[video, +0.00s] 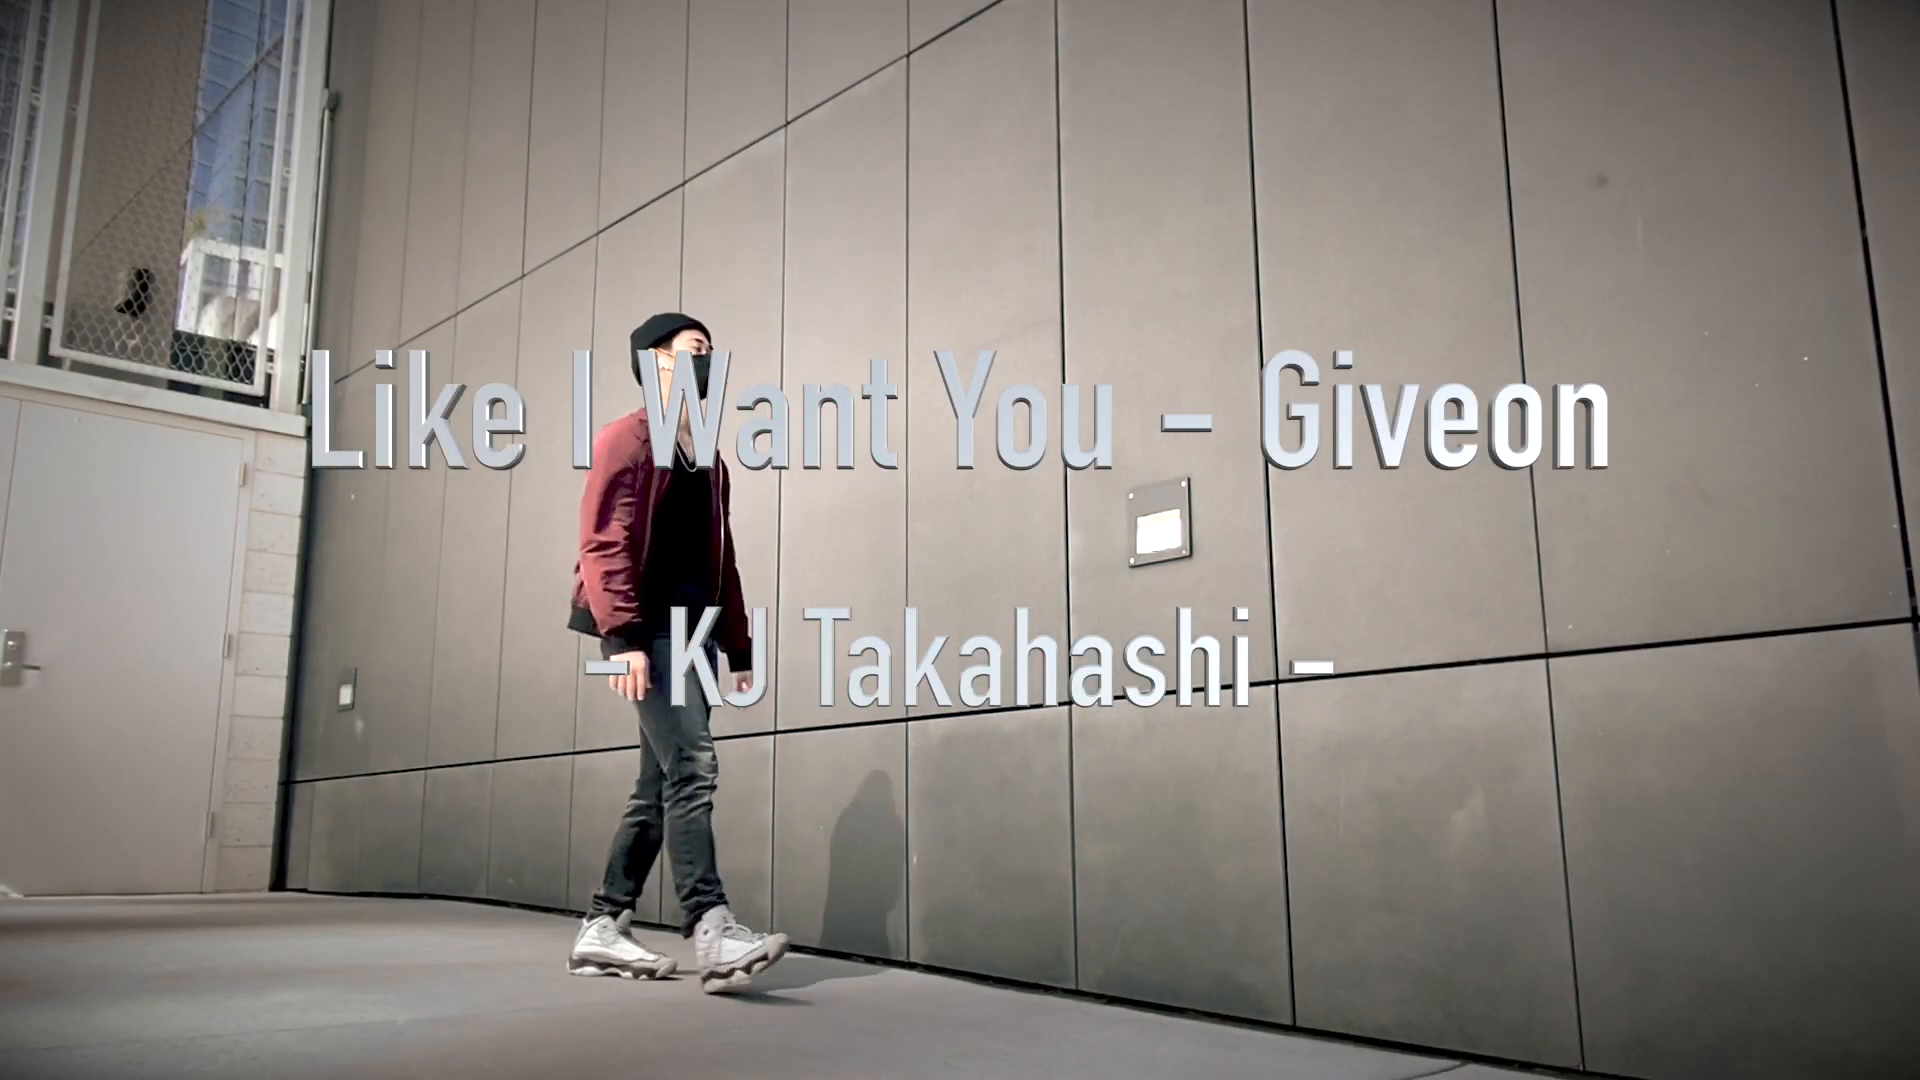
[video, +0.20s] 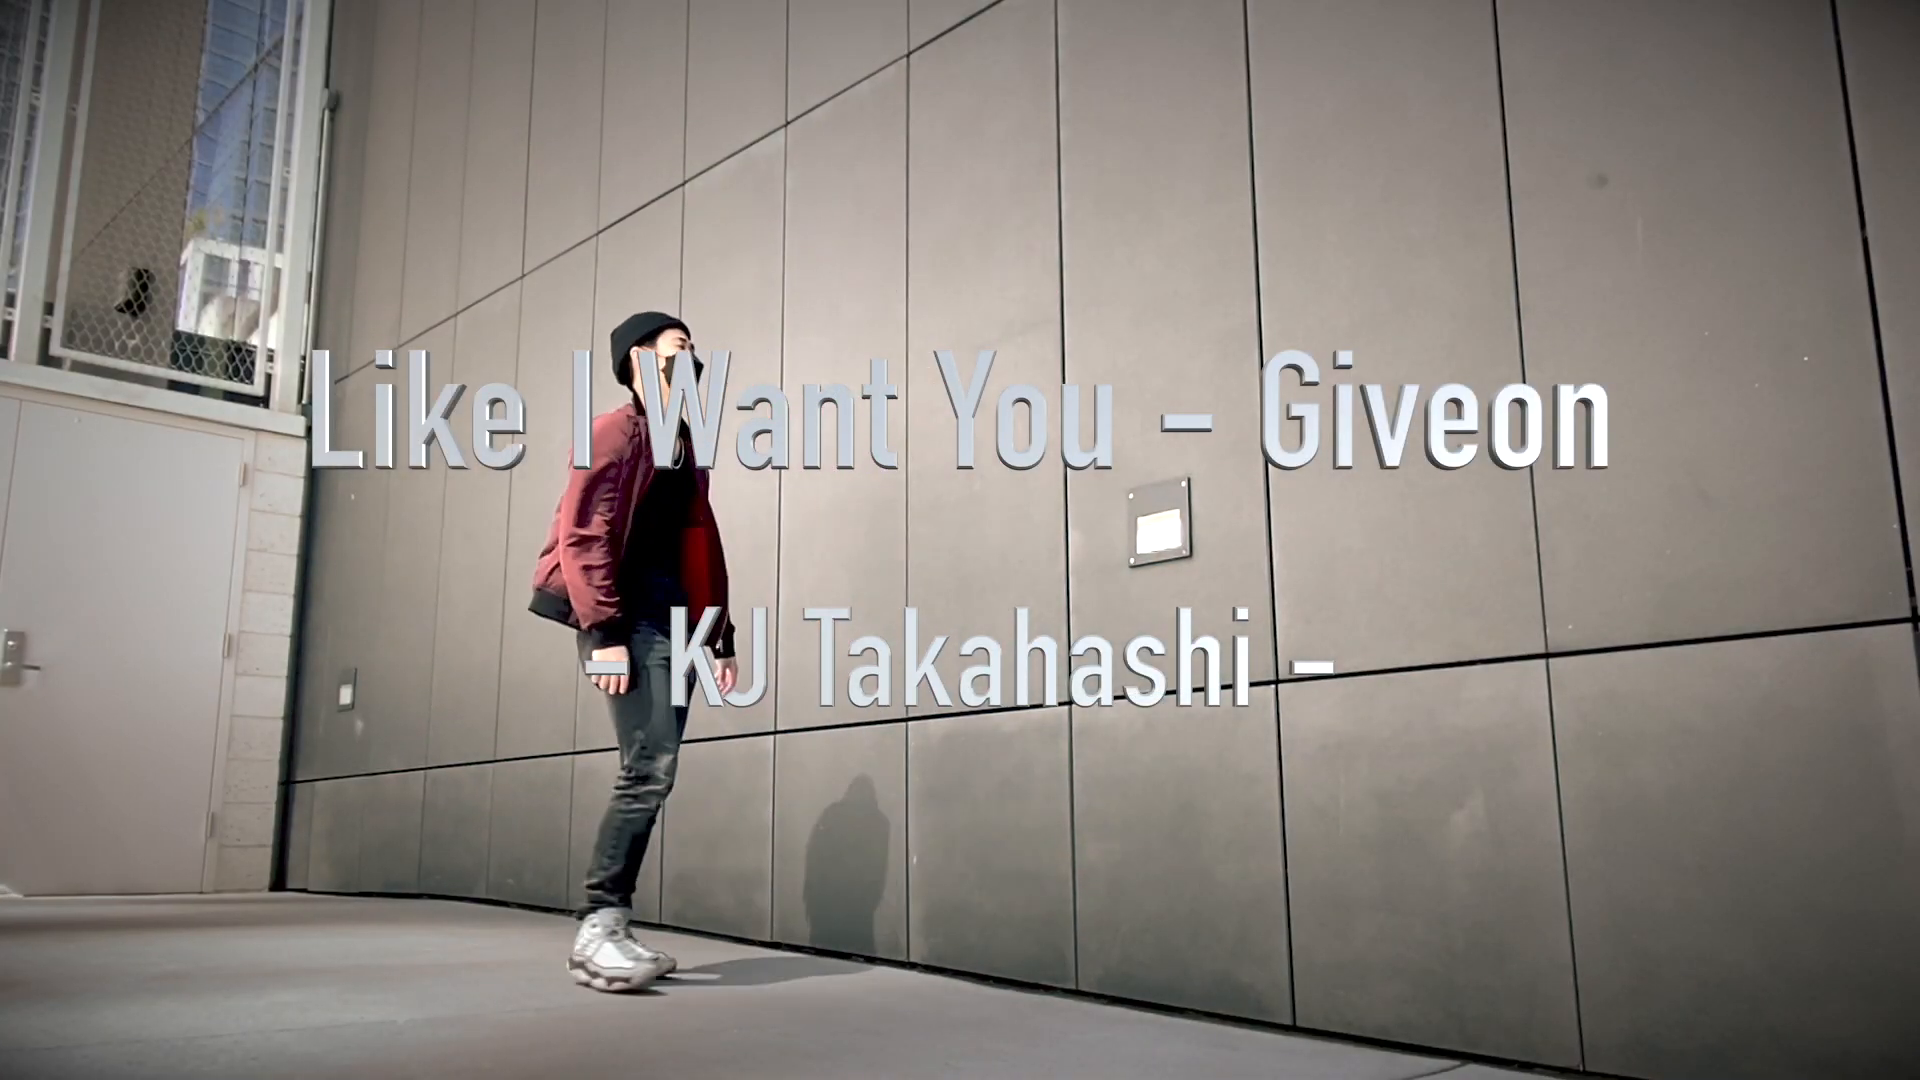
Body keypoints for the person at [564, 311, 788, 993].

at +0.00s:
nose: (703, 367)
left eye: (707, 358)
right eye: (691, 355)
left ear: (710, 368)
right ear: (654, 363)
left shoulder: (710, 457)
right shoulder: (626, 439)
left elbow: (720, 556)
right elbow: (603, 546)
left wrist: (739, 647)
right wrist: (623, 640)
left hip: (693, 632)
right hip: (647, 632)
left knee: (657, 786)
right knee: (692, 772)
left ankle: (603, 928)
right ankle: (713, 931)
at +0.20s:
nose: (685, 368)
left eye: (689, 358)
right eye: (671, 357)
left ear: (691, 369)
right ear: (635, 368)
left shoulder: (687, 441)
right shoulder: (618, 432)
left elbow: (699, 543)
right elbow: (583, 537)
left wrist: (719, 640)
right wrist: (603, 637)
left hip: (673, 621)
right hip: (628, 620)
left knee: (653, 772)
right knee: (646, 772)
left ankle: (614, 929)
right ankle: (598, 931)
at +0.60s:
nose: (637, 357)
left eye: (645, 348)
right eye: (624, 346)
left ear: (652, 364)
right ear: (593, 358)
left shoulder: (658, 443)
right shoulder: (558, 431)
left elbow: (666, 542)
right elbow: (533, 538)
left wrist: (673, 628)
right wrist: (571, 621)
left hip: (631, 631)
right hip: (554, 627)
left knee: (613, 787)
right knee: (532, 776)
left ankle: (598, 928)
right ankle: (482, 922)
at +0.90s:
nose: (591, 344)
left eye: (599, 337)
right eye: (577, 334)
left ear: (606, 356)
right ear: (542, 349)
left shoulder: (623, 450)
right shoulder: (499, 425)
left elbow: (640, 546)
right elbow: (457, 519)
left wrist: (640, 623)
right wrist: (456, 618)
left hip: (586, 634)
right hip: (502, 631)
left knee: (602, 776)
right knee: (493, 777)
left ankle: (593, 924)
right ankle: (478, 923)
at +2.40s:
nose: (678, 294)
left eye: (689, 287)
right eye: (661, 285)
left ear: (700, 314)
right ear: (631, 311)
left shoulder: (730, 410)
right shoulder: (593, 389)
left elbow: (746, 513)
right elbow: (548, 483)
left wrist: (759, 601)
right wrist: (512, 565)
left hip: (699, 613)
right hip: (614, 605)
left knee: (674, 777)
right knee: (569, 761)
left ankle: (635, 931)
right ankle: (498, 899)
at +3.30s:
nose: (740, 358)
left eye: (742, 349)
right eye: (727, 346)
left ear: (720, 357)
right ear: (682, 350)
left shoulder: (724, 433)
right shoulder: (643, 424)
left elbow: (752, 520)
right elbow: (592, 516)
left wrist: (764, 610)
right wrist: (608, 620)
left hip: (681, 636)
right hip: (618, 634)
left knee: (748, 778)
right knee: (631, 811)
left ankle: (646, 917)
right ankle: (506, 896)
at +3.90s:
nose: (670, 355)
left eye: (671, 346)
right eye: (657, 343)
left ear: (645, 354)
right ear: (610, 346)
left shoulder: (661, 443)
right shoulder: (564, 423)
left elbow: (705, 532)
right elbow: (594, 530)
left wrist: (774, 614)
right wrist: (663, 631)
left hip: (588, 639)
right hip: (515, 632)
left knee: (633, 788)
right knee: (543, 798)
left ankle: (585, 949)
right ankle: (433, 900)